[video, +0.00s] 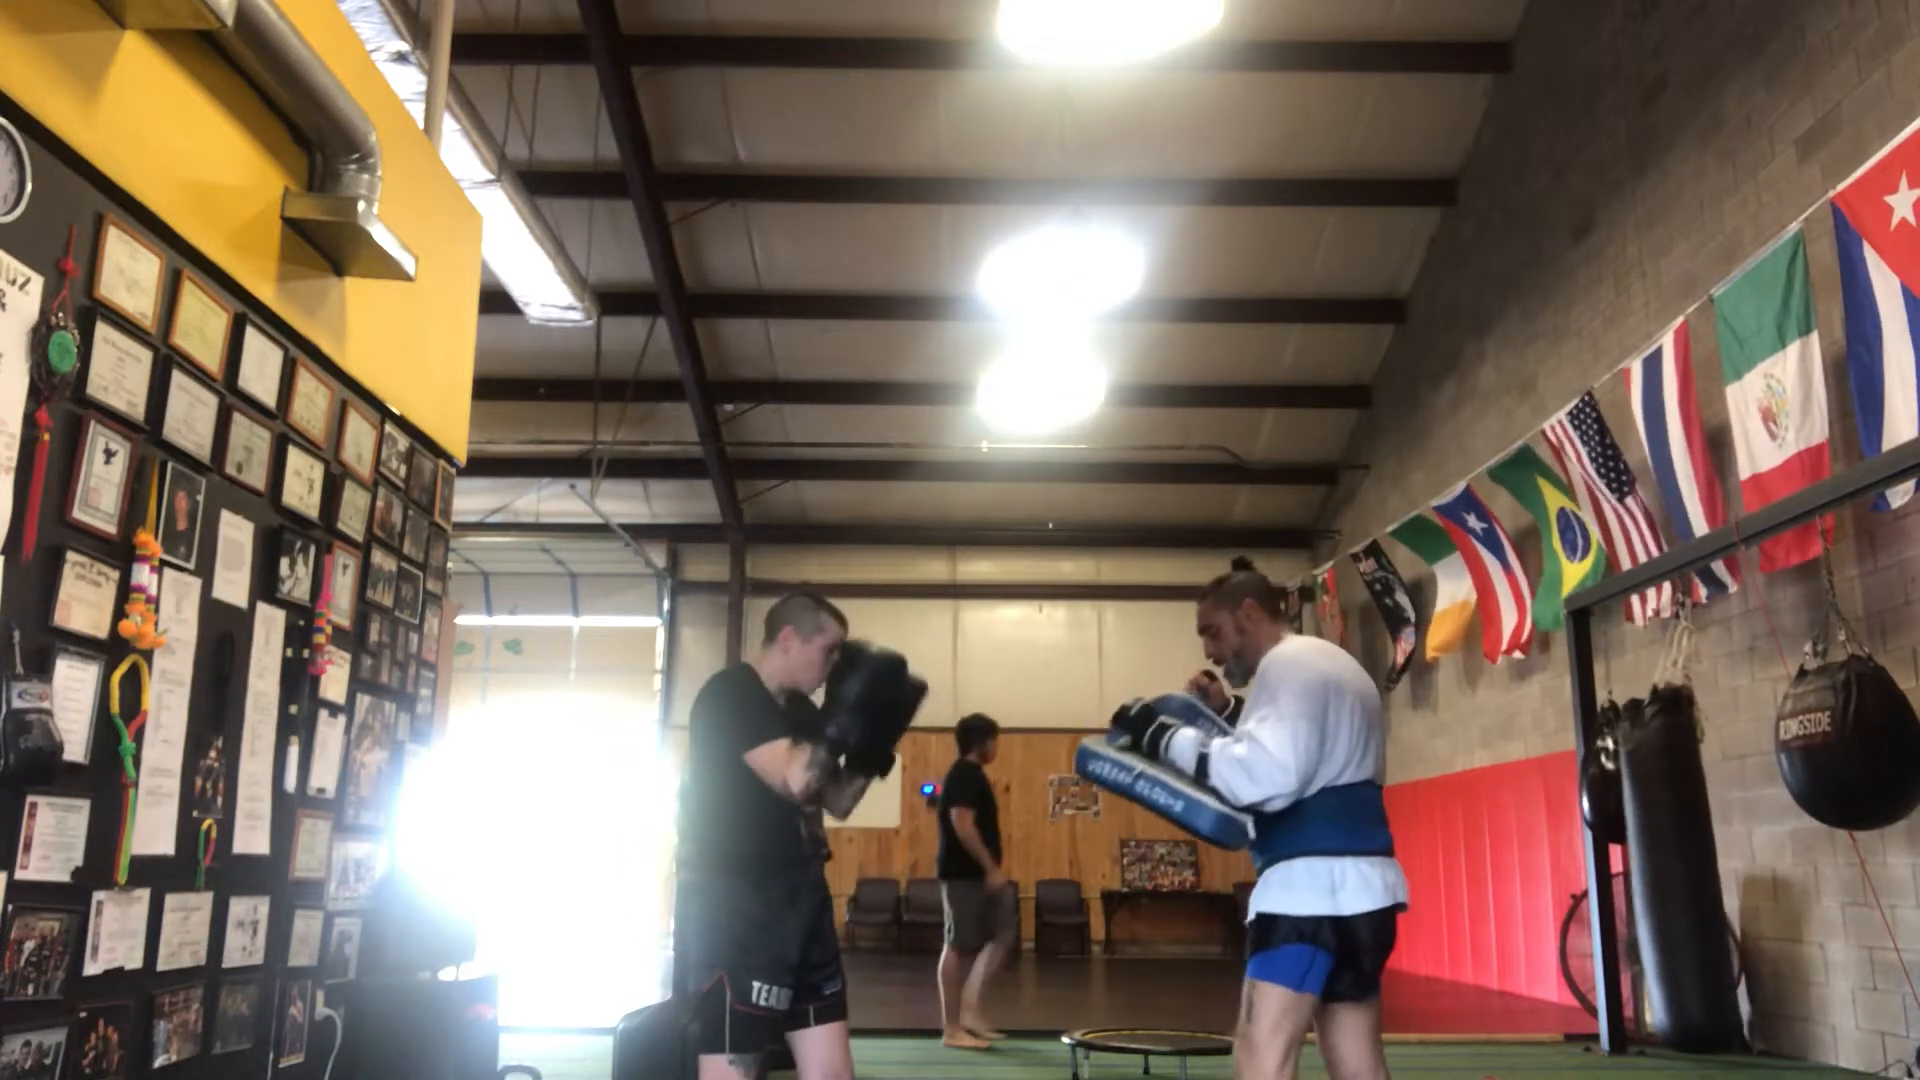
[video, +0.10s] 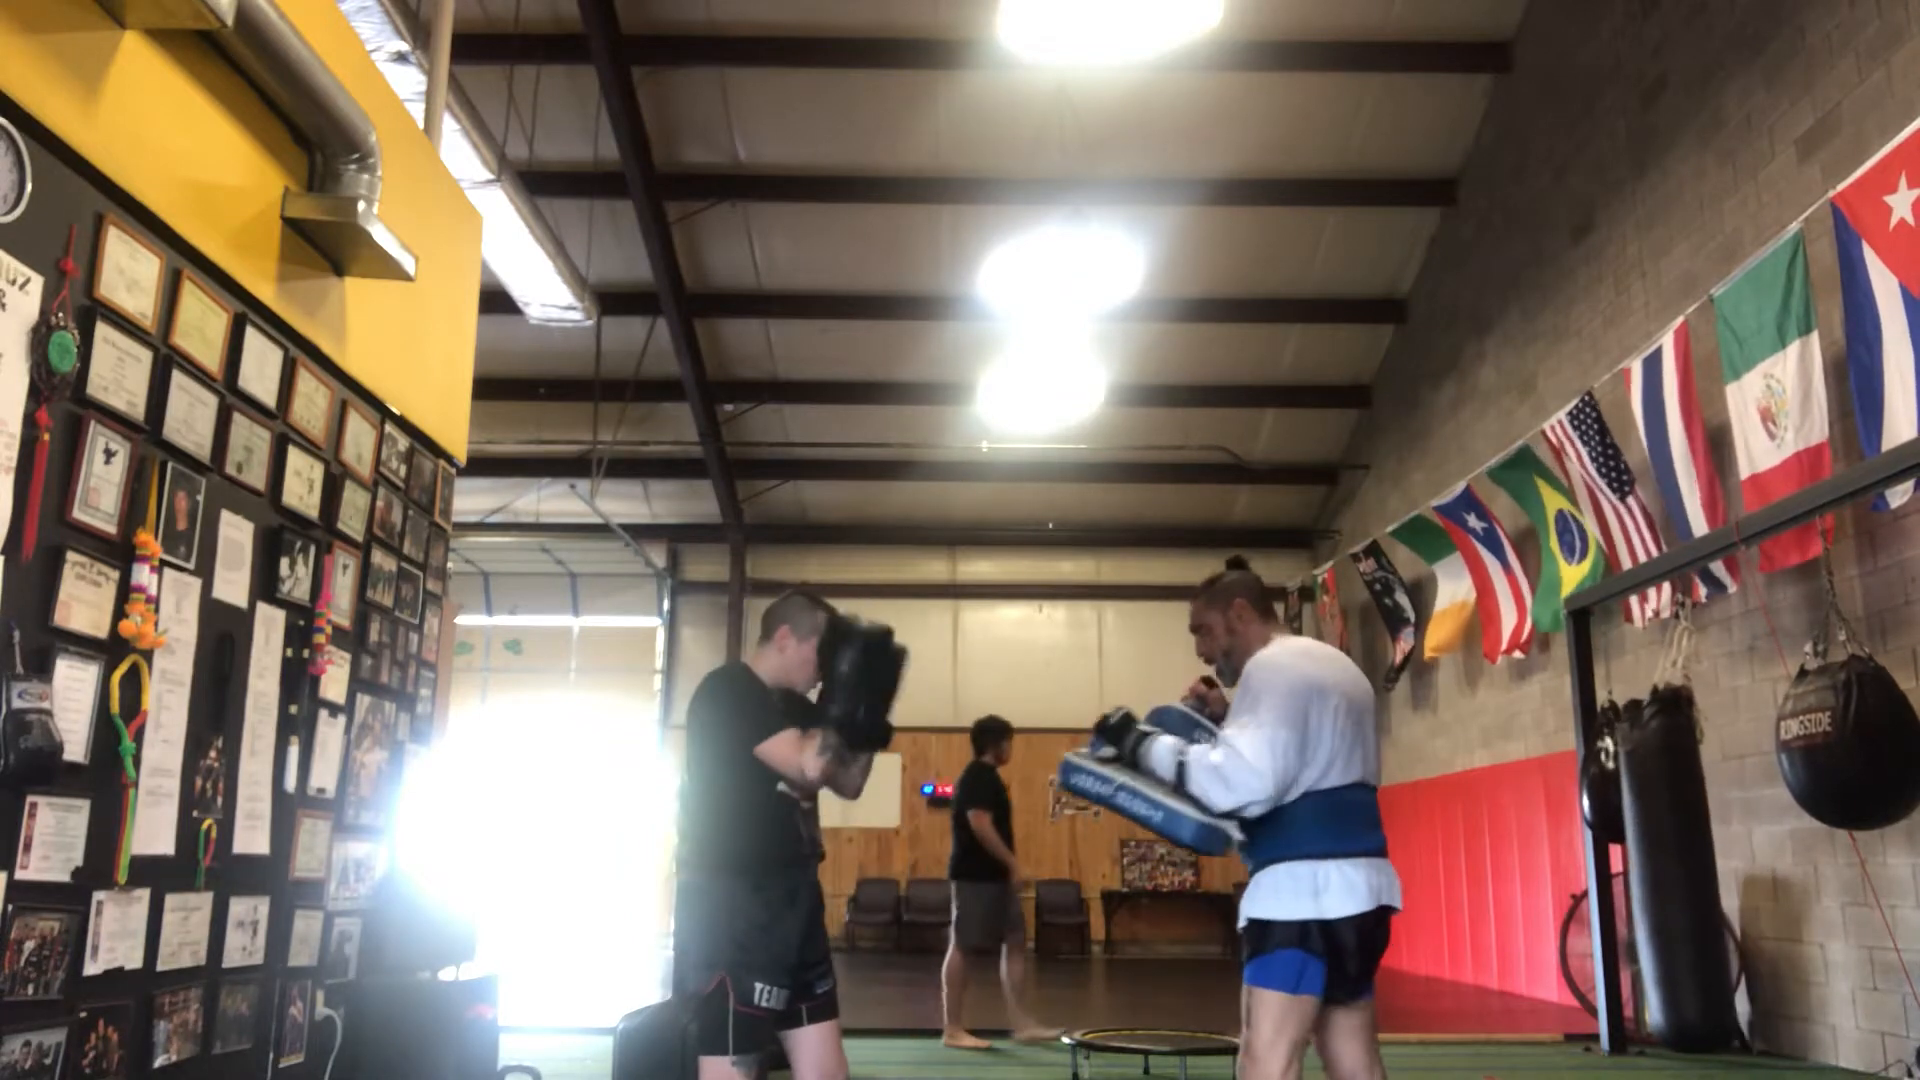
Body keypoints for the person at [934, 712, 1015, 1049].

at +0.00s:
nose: (996, 747)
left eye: (995, 741)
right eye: (993, 741)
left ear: (972, 743)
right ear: (980, 743)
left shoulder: (973, 774)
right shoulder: (963, 773)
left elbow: (967, 821)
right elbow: (962, 822)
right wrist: (990, 867)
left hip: (981, 875)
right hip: (960, 876)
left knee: (1002, 936)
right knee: (956, 947)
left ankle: (970, 1011)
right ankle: (951, 1028)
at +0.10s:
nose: (1011, 749)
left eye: (1010, 742)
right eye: (1008, 743)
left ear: (987, 744)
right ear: (995, 745)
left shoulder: (990, 777)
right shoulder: (979, 776)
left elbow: (985, 825)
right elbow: (979, 823)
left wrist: (1006, 866)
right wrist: (1012, 862)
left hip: (996, 879)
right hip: (972, 879)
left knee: (1014, 944)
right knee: (960, 949)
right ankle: (953, 1030)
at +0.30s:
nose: (1039, 752)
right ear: (1019, 745)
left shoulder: (1025, 782)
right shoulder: (1008, 780)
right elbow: (1010, 824)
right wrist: (1041, 863)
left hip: (1027, 883)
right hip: (1001, 882)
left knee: (1041, 950)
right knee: (987, 950)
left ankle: (1053, 1027)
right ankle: (955, 1026)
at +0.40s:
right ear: (1040, 747)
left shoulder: (1046, 778)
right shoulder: (1024, 776)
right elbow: (1023, 817)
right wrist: (1049, 866)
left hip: (1042, 877)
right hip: (1020, 877)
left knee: (1051, 949)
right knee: (1016, 948)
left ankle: (1053, 1026)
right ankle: (965, 1015)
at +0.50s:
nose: (1074, 752)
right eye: (1069, 745)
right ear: (1055, 744)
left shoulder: (1052, 778)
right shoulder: (1037, 775)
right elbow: (1036, 822)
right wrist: (1054, 866)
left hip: (1049, 876)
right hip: (1034, 875)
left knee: (1054, 952)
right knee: (1045, 947)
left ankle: (1054, 1027)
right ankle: (993, 1007)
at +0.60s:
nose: (1082, 758)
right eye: (1078, 751)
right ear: (1065, 750)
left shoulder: (1065, 781)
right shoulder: (1046, 779)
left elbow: (1069, 826)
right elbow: (1045, 824)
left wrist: (1085, 862)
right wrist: (1058, 865)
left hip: (1060, 872)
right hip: (1051, 873)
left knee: (1057, 947)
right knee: (1069, 943)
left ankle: (1052, 1018)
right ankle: (1034, 1012)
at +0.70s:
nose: (1094, 754)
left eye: (1095, 747)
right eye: (1091, 746)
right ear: (1079, 745)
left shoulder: (1078, 782)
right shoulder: (1057, 777)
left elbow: (1083, 836)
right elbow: (1052, 823)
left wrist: (1119, 856)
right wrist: (1066, 865)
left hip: (1058, 878)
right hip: (1071, 878)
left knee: (1058, 950)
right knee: (1090, 948)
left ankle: (1054, 1027)